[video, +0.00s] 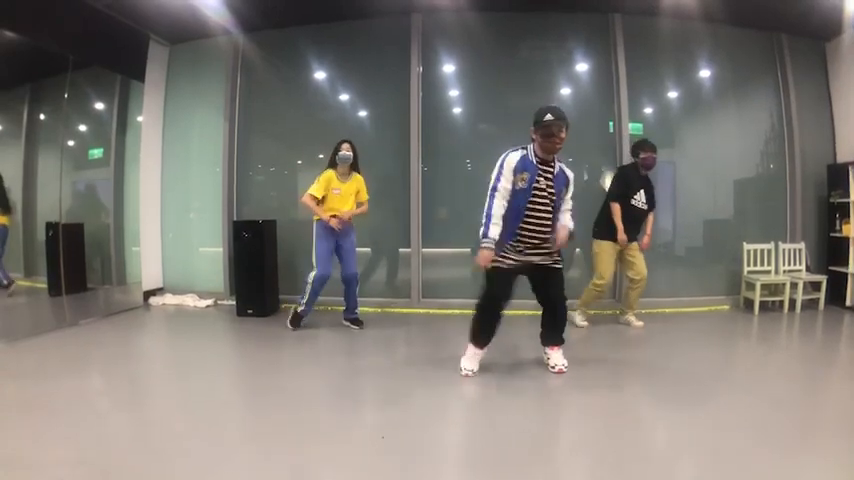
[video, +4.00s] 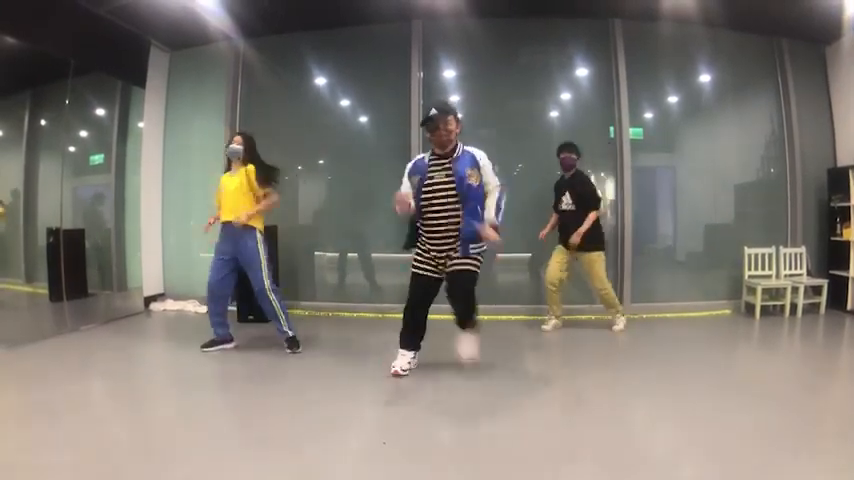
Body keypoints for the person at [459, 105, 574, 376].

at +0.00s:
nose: (556, 140)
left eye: (560, 134)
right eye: (549, 134)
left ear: (566, 135)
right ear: (534, 134)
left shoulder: (565, 175)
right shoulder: (513, 161)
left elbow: (566, 209)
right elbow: (497, 201)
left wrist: (564, 227)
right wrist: (487, 244)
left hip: (544, 252)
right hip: (509, 250)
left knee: (556, 301)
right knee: (493, 299)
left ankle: (553, 348)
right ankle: (476, 347)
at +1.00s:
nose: (509, 117)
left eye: (513, 111)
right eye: (501, 113)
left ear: (523, 113)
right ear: (492, 117)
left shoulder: (542, 148)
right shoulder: (480, 152)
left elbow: (569, 170)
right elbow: (461, 178)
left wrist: (564, 198)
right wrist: (458, 202)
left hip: (529, 238)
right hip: (489, 238)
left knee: (539, 294)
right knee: (480, 295)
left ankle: (549, 346)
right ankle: (472, 349)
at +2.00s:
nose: (482, 138)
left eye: (487, 131)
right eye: (475, 133)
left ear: (496, 131)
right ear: (465, 135)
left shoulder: (508, 164)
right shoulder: (452, 165)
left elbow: (521, 196)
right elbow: (423, 197)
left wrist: (523, 217)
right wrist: (447, 217)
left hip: (496, 249)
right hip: (458, 250)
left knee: (519, 298)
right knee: (433, 300)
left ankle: (525, 349)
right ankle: (405, 345)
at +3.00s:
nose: (463, 119)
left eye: (468, 114)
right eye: (456, 115)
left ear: (476, 117)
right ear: (446, 120)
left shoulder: (490, 156)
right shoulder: (428, 156)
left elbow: (500, 195)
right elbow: (418, 195)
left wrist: (509, 227)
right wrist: (419, 225)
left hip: (477, 244)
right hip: (437, 243)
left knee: (483, 297)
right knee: (423, 298)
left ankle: (466, 344)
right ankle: (415, 349)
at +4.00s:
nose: (443, 134)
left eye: (448, 127)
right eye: (436, 129)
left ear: (458, 127)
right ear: (428, 133)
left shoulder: (475, 159)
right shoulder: (417, 165)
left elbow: (493, 190)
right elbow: (407, 201)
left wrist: (491, 222)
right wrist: (404, 204)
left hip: (464, 245)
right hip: (428, 246)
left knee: (460, 292)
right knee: (416, 300)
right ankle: (407, 351)